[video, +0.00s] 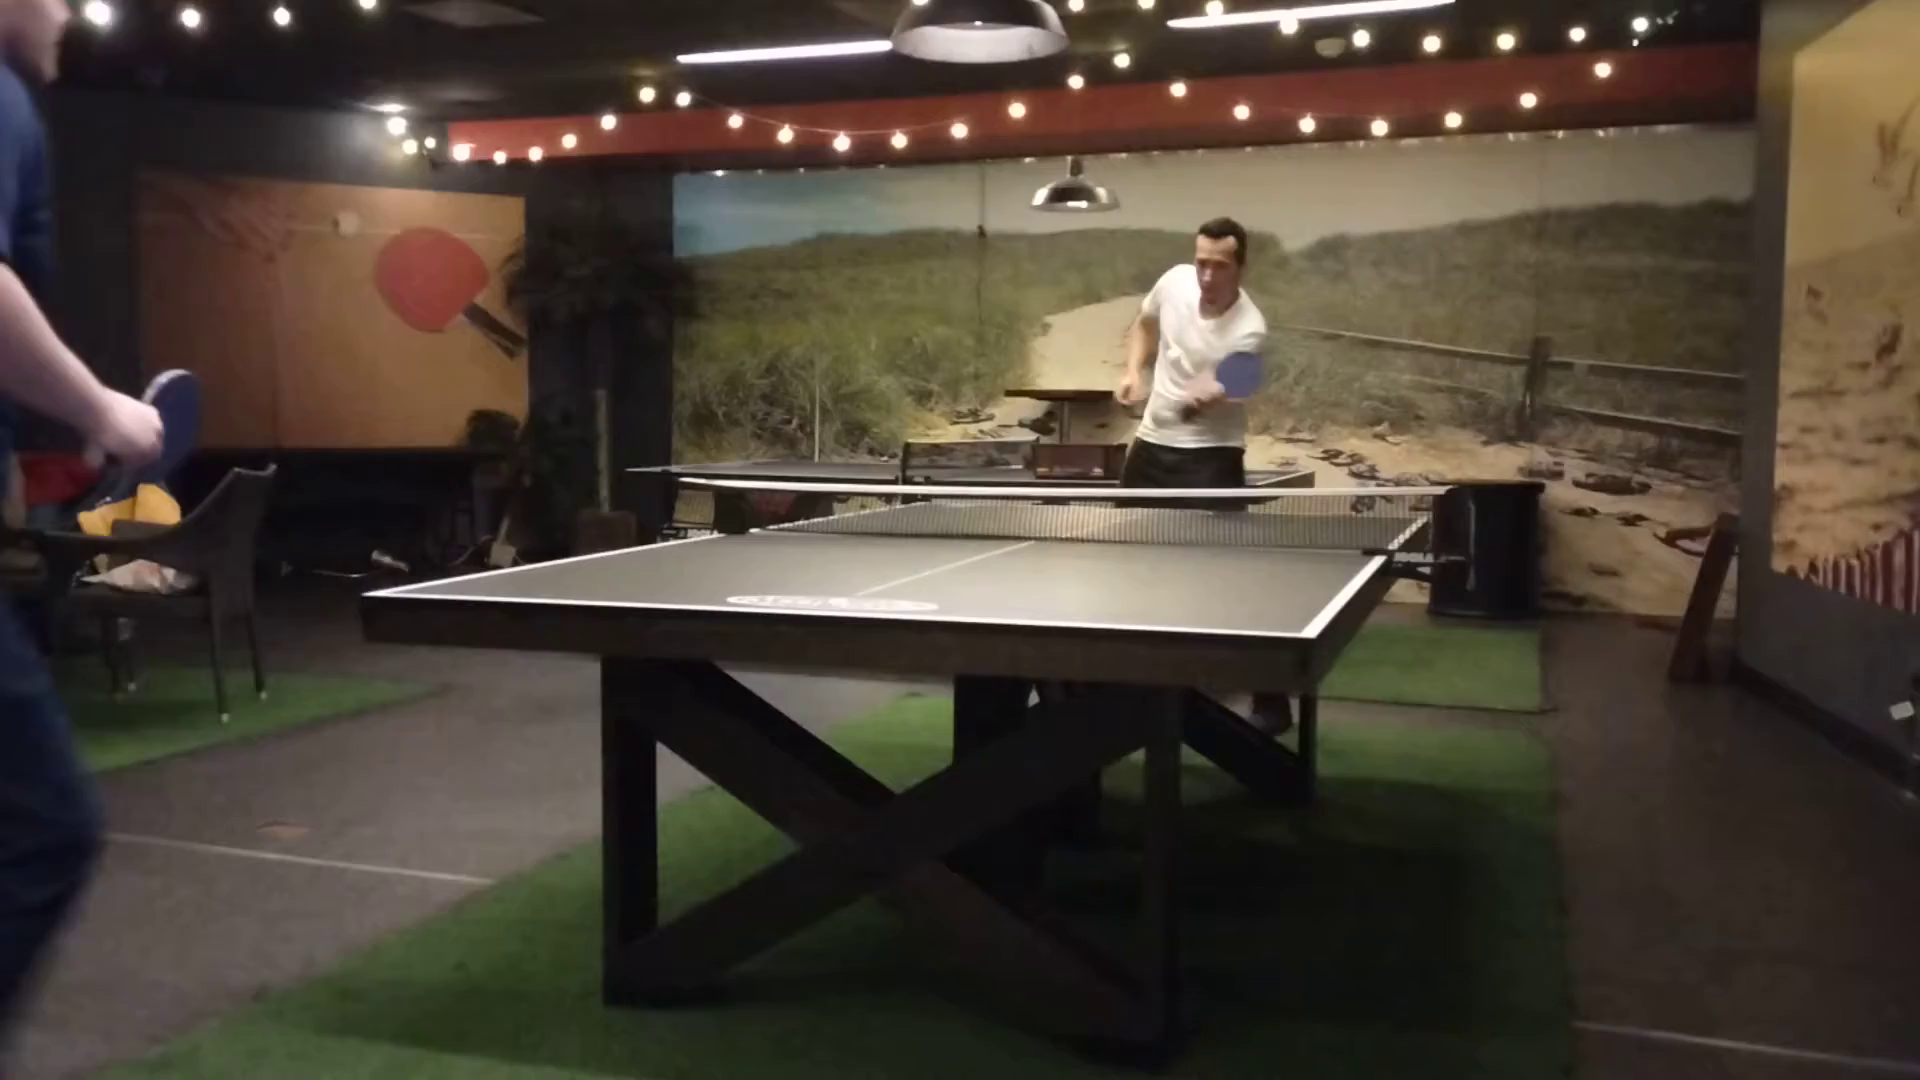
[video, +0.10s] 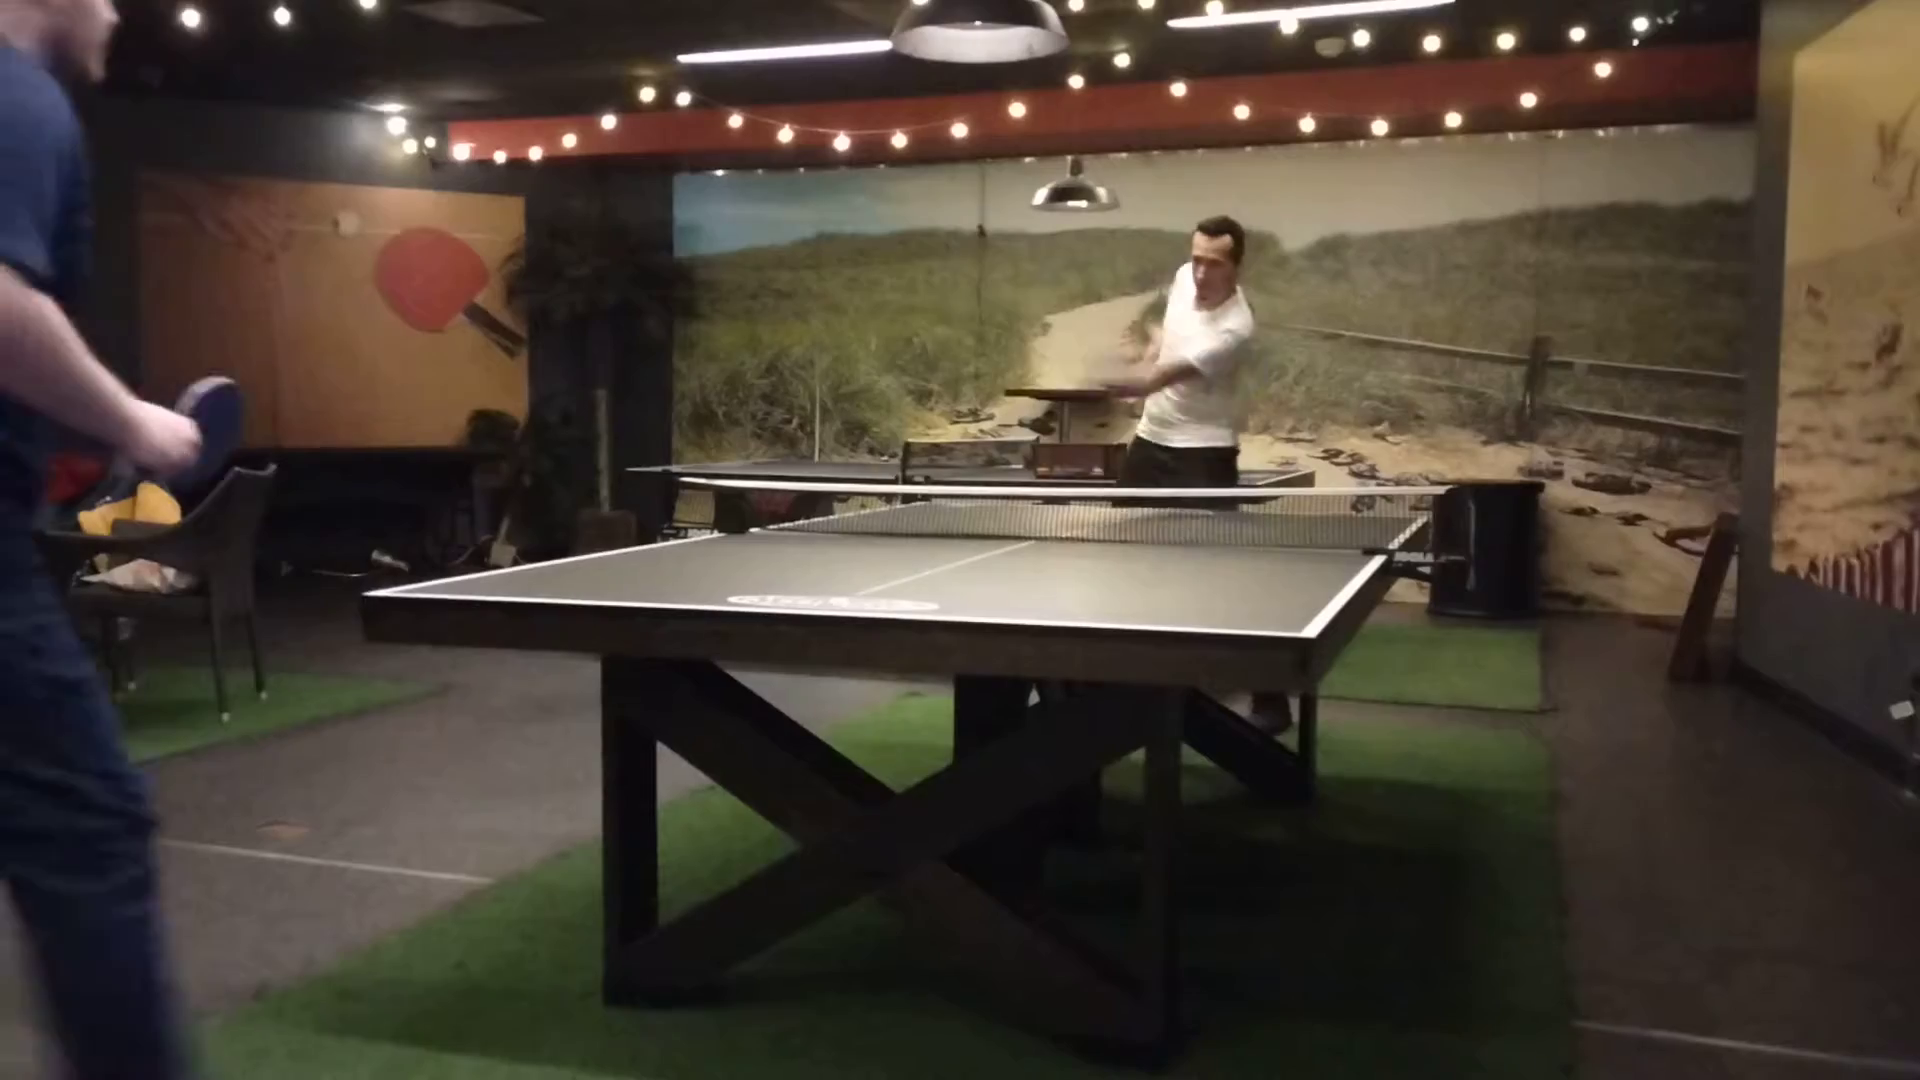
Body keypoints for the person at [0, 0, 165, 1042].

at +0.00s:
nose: (72, 17)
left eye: (73, 4)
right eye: (62, 0)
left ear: (17, 15)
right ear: (15, 8)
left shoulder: (17, 112)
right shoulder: (9, 106)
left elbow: (8, 309)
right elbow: (5, 290)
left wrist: (92, 412)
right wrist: (102, 409)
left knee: (49, 819)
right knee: (52, 821)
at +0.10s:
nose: (118, 17)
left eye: (115, 4)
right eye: (108, 1)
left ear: (35, 10)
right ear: (51, 3)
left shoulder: (34, 108)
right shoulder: (27, 103)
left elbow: (20, 314)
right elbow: (16, 302)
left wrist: (120, 419)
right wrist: (137, 424)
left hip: (15, 557)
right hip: (7, 566)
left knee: (83, 820)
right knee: (90, 821)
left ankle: (129, 1053)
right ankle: (133, 1060)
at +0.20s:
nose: (170, 25)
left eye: (169, 8)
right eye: (161, 4)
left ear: (64, 6)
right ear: (101, 1)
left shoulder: (27, 100)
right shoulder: (68, 116)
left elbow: (41, 322)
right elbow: (43, 320)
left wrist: (180, 434)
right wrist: (197, 441)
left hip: (30, 583)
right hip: (29, 591)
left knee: (143, 885)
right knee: (148, 886)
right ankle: (212, 1060)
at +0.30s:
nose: (201, 37)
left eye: (201, 17)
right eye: (197, 13)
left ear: (39, 12)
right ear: (150, 14)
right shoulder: (137, 127)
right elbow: (163, 347)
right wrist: (252, 474)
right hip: (50, 583)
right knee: (169, 913)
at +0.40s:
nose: (210, 45)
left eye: (210, 24)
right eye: (209, 20)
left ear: (49, 19)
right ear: (166, 16)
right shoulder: (167, 130)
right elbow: (246, 367)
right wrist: (244, 474)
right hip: (50, 576)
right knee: (166, 919)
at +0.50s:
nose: (180, 55)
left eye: (183, 34)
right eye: (180, 31)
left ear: (20, 23)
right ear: (134, 24)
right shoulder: (143, 131)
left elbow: (235, 379)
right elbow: (239, 377)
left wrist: (176, 480)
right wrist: (179, 484)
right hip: (44, 566)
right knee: (163, 912)